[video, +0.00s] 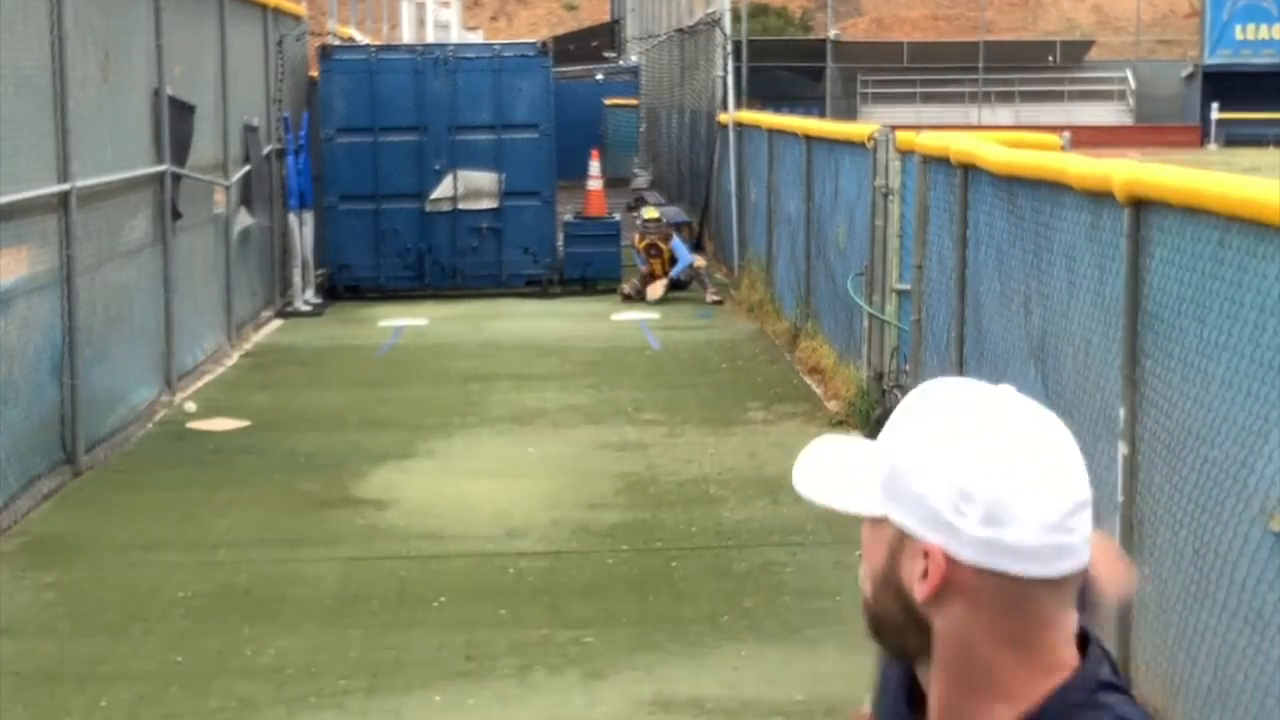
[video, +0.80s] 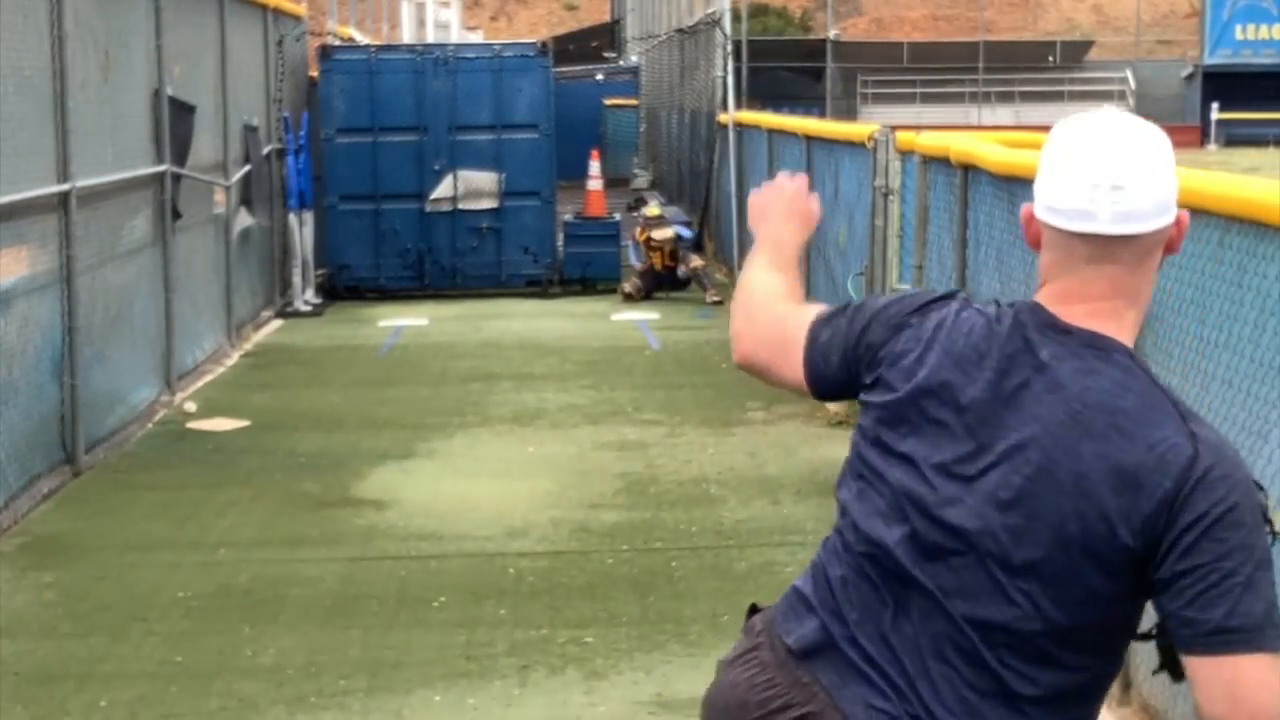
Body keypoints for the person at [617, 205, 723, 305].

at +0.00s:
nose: (652, 228)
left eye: (656, 224)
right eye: (648, 225)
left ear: (661, 224)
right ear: (642, 226)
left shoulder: (670, 237)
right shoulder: (638, 239)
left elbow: (686, 259)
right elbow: (636, 254)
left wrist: (668, 278)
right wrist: (642, 267)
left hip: (676, 277)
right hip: (653, 278)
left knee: (696, 262)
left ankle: (710, 292)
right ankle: (634, 289)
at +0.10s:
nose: (652, 227)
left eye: (655, 223)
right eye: (648, 224)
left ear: (661, 224)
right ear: (642, 225)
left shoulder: (670, 237)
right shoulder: (638, 239)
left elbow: (686, 258)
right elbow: (638, 256)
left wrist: (667, 274)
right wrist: (644, 268)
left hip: (676, 277)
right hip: (653, 278)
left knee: (696, 262)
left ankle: (710, 292)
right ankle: (631, 289)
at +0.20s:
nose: (652, 227)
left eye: (656, 222)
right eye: (648, 223)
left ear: (662, 223)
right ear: (642, 225)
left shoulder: (671, 237)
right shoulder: (639, 240)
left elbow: (688, 256)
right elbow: (639, 259)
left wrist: (668, 266)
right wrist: (645, 268)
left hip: (674, 275)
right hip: (652, 275)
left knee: (695, 263)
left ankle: (710, 292)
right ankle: (631, 290)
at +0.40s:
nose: (650, 230)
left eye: (654, 226)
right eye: (647, 226)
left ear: (663, 226)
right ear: (643, 226)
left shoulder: (674, 237)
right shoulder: (641, 239)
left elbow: (689, 249)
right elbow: (639, 260)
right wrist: (643, 267)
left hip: (676, 273)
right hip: (654, 273)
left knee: (696, 262)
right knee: (643, 282)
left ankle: (710, 293)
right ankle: (631, 290)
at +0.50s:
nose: (654, 223)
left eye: (657, 219)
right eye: (650, 220)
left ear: (663, 220)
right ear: (643, 221)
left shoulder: (671, 232)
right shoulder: (639, 238)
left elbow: (692, 238)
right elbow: (641, 263)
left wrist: (673, 243)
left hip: (676, 273)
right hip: (653, 274)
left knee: (695, 259)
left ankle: (710, 293)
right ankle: (631, 290)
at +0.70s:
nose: (657, 224)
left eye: (660, 220)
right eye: (652, 221)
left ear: (665, 220)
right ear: (645, 223)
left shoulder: (675, 232)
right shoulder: (642, 235)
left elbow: (696, 235)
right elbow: (635, 247)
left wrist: (678, 230)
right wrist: (641, 263)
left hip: (676, 274)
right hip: (654, 274)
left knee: (694, 261)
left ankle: (711, 293)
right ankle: (632, 290)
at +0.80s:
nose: (654, 223)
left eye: (657, 219)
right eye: (650, 220)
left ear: (662, 219)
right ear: (644, 221)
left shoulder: (672, 230)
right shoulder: (640, 233)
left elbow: (691, 237)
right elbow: (632, 246)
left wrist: (675, 229)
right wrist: (636, 263)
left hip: (675, 274)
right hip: (653, 274)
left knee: (693, 262)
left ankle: (711, 293)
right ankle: (633, 290)